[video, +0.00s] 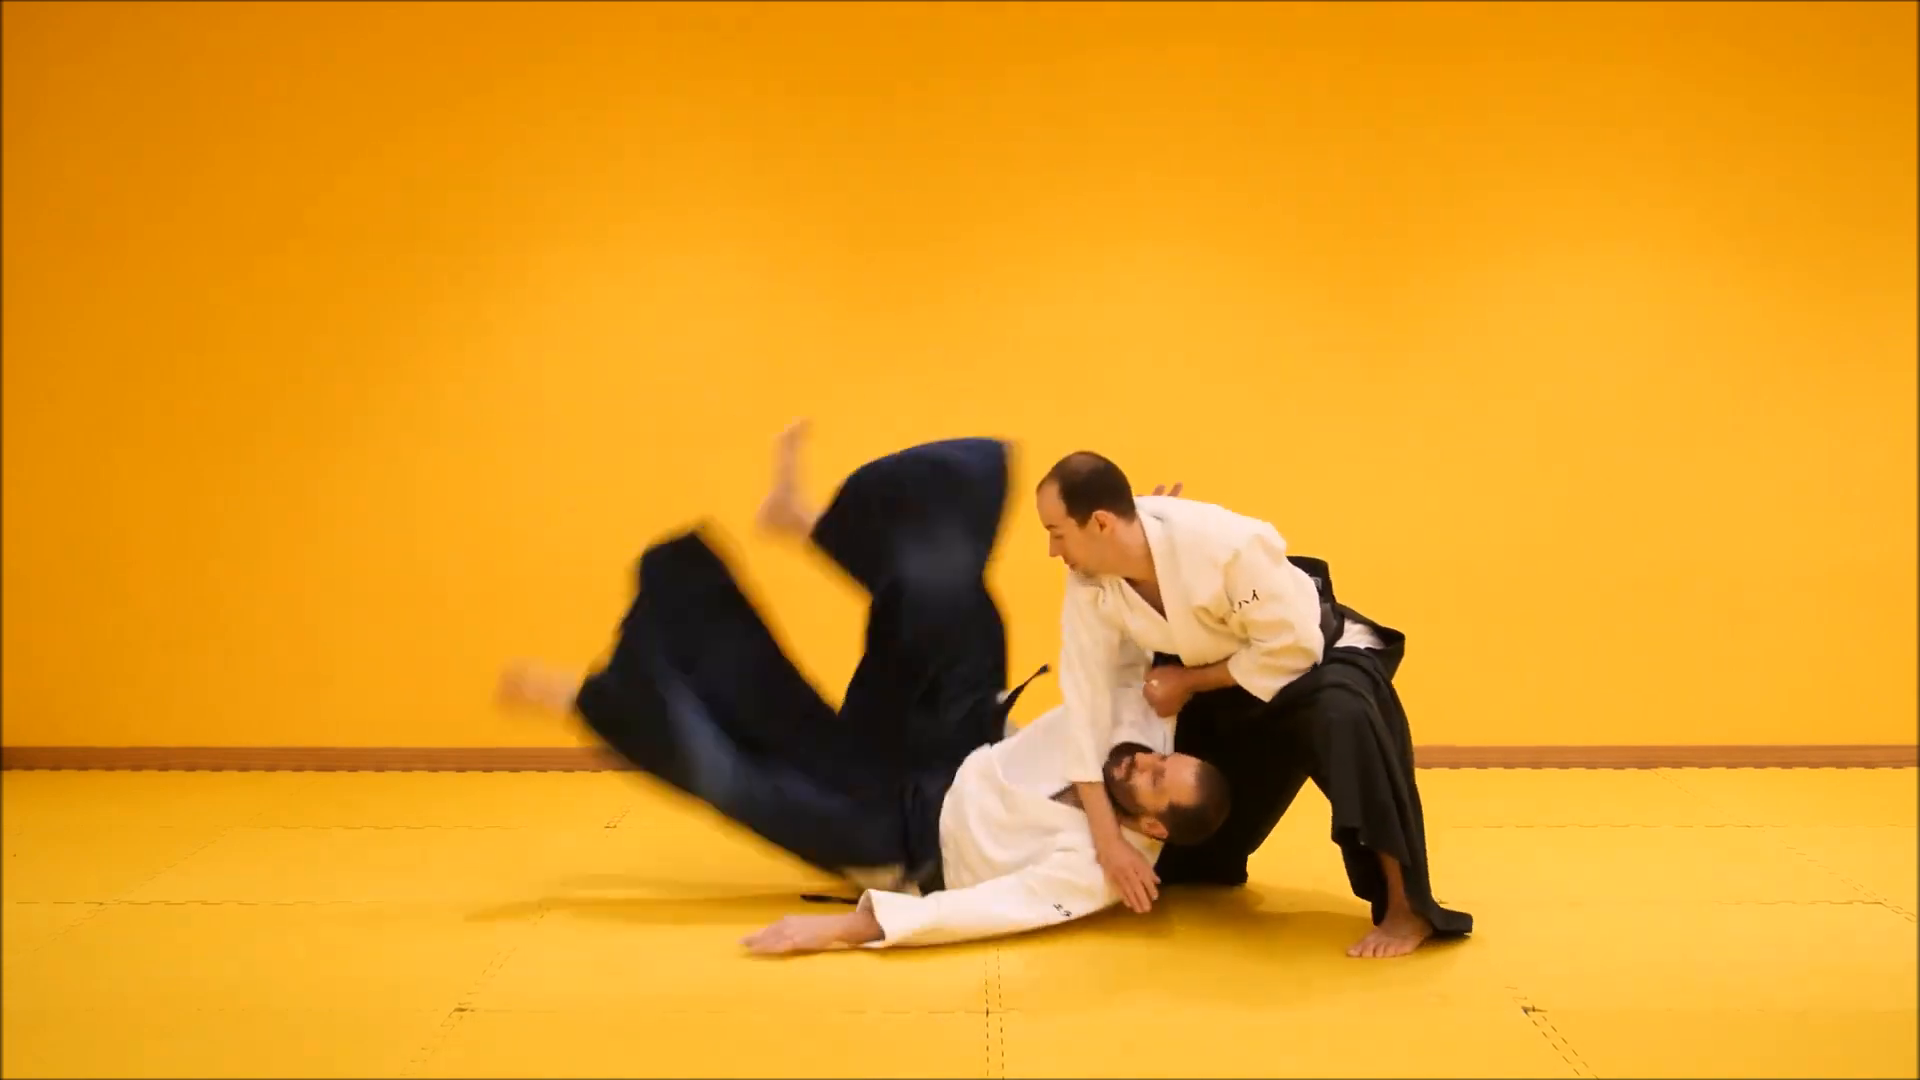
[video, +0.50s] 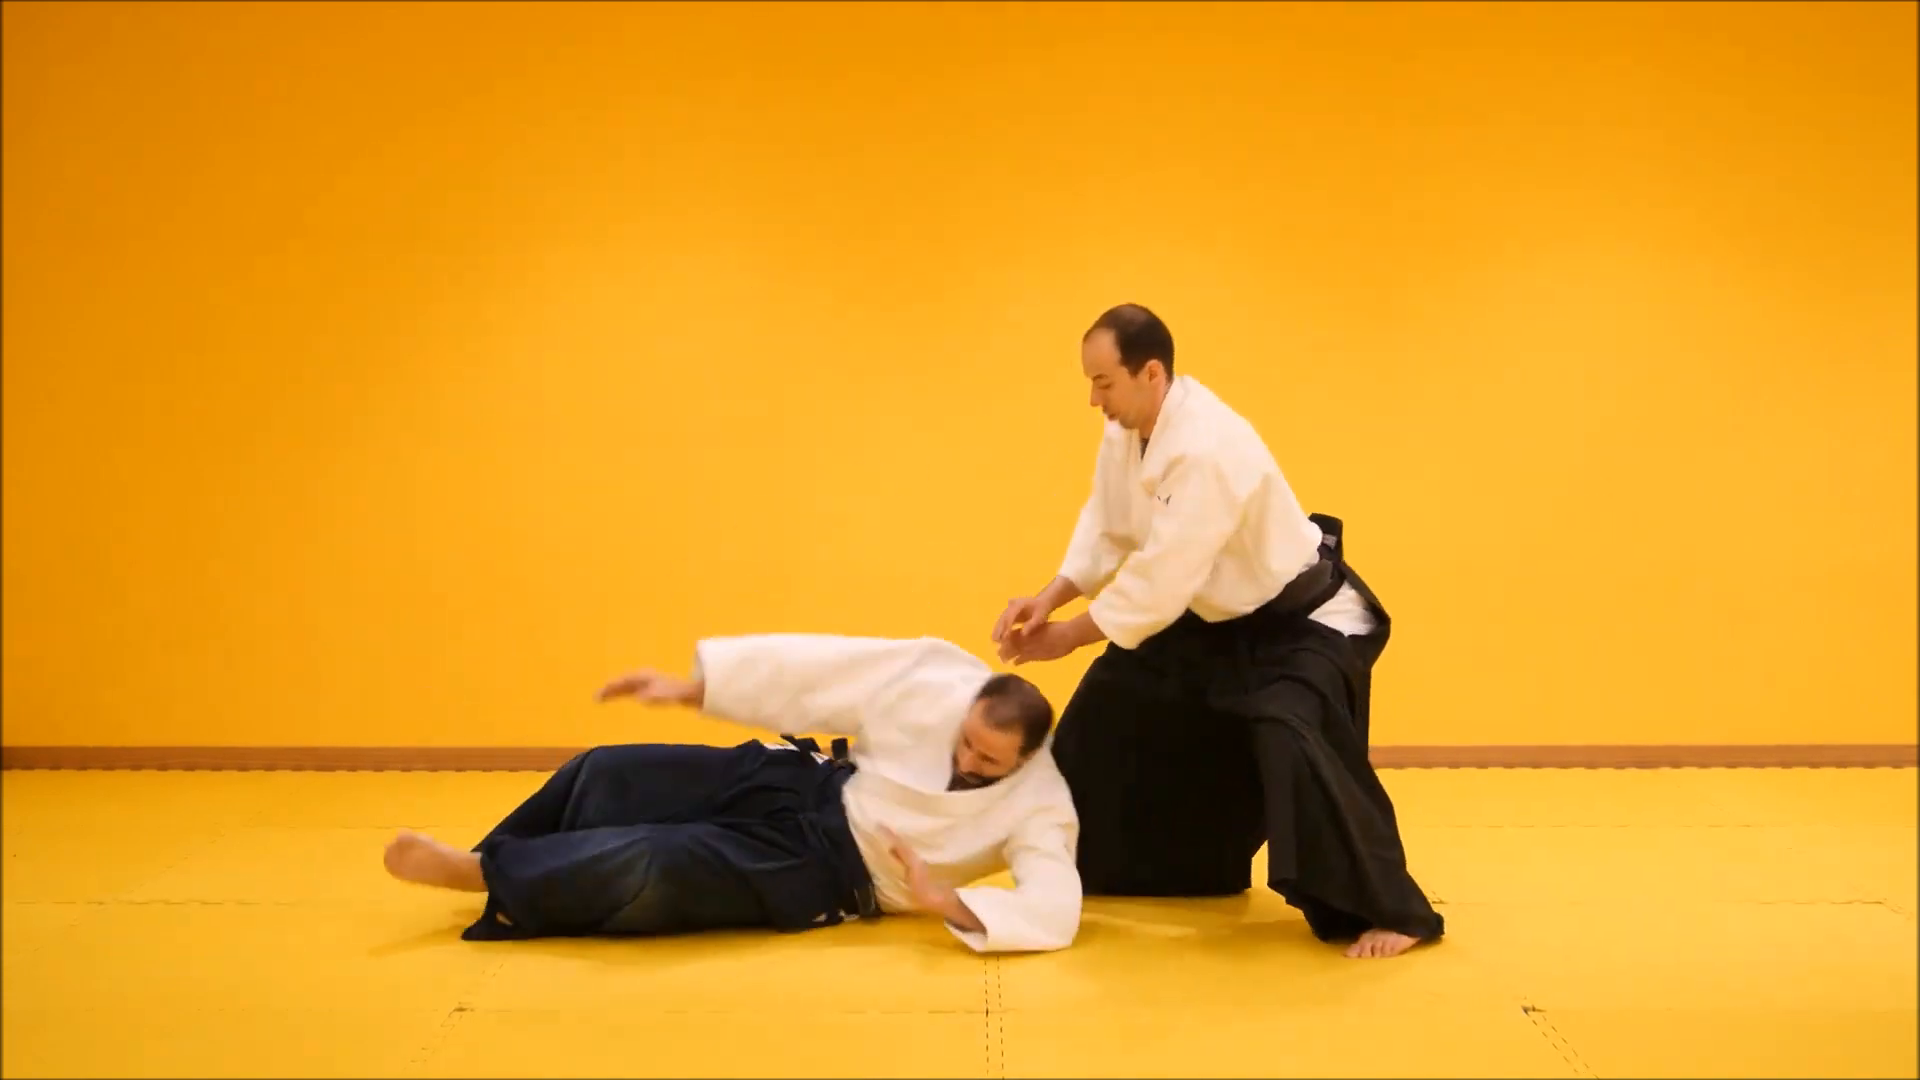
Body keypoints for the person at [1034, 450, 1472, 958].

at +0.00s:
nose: (1053, 549)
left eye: (1057, 533)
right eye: (1049, 533)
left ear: (1102, 523)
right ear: (1099, 524)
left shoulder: (1225, 543)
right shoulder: (1090, 584)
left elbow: (1294, 646)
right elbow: (1086, 698)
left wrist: (1190, 681)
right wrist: (1104, 836)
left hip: (1323, 660)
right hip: (1221, 693)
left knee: (1338, 709)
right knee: (1188, 857)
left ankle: (1403, 906)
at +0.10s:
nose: (1045, 548)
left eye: (1050, 532)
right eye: (1042, 533)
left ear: (1097, 523)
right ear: (1091, 525)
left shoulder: (1218, 547)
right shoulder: (1080, 576)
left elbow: (1277, 653)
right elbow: (1070, 683)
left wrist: (1175, 693)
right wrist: (1078, 812)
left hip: (1312, 655)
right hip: (1209, 685)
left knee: (1322, 714)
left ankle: (1399, 902)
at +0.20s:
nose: (1039, 526)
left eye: (1046, 511)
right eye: (1036, 511)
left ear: (1095, 503)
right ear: (1088, 503)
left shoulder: (1209, 539)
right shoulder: (1074, 549)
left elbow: (1256, 654)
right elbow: (1042, 646)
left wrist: (1154, 695)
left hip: (1301, 648)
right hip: (1191, 660)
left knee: (1306, 721)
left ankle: (1395, 906)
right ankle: (1186, 857)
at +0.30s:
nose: (1043, 489)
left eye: (1052, 474)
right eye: (1040, 474)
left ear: (1103, 468)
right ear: (1095, 468)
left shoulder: (1191, 521)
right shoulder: (1078, 511)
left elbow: (1213, 650)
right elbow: (1036, 595)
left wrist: (1116, 688)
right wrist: (978, 693)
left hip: (1299, 646)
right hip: (1203, 646)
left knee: (1299, 723)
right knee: (1079, 675)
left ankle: (1391, 909)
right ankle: (1170, 856)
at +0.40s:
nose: (1065, 445)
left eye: (1072, 431)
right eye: (1061, 432)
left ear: (1121, 422)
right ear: (1112, 422)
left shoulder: (1194, 489)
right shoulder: (1095, 468)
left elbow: (1176, 626)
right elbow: (1057, 554)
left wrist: (1072, 659)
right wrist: (1004, 632)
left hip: (1293, 639)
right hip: (1206, 642)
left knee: (1295, 730)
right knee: (1090, 694)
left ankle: (1389, 911)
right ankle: (1152, 863)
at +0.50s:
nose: (1094, 397)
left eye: (1103, 380)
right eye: (1090, 381)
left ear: (1151, 373)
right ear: (1136, 377)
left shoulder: (1205, 446)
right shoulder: (1125, 430)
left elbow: (1164, 578)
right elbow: (1104, 529)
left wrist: (1069, 635)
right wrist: (1047, 597)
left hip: (1300, 621)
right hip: (1208, 619)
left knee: (1284, 730)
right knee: (1104, 702)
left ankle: (1393, 909)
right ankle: (1086, 860)